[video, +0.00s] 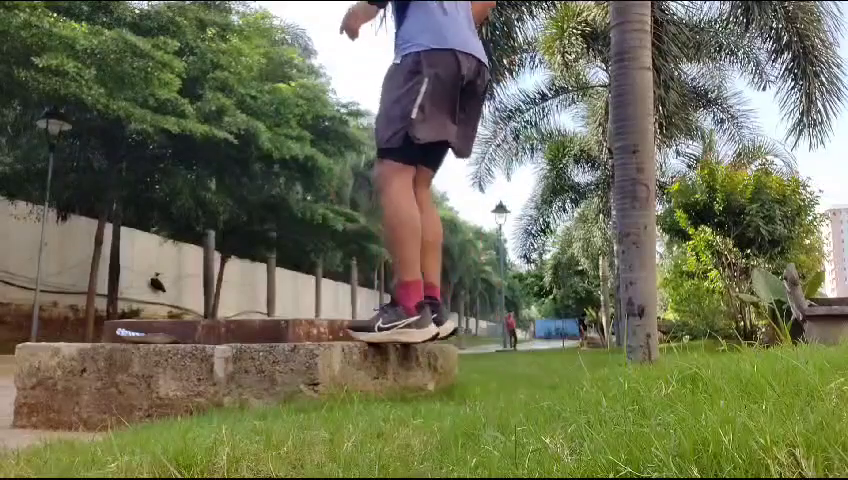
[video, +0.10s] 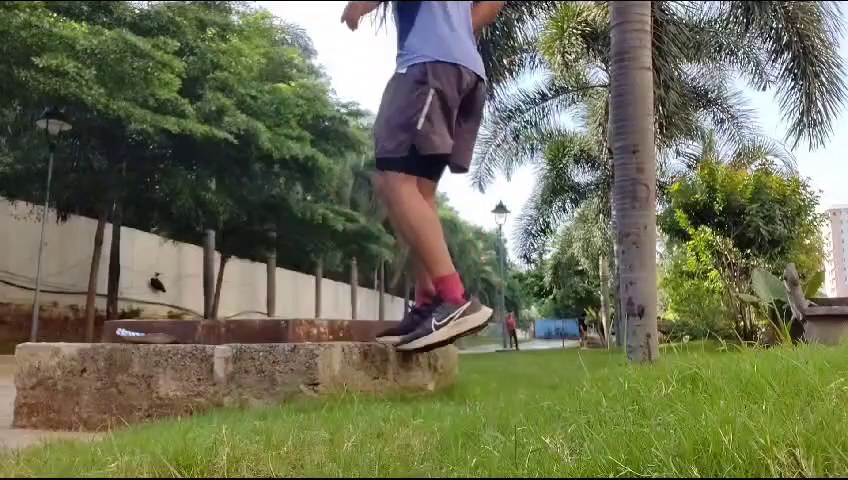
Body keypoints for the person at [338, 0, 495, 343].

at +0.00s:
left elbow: (368, 8)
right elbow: (485, 4)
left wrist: (353, 20)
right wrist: (452, 30)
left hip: (426, 50)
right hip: (472, 58)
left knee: (394, 176)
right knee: (421, 184)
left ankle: (408, 306)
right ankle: (431, 306)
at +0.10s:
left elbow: (366, 3)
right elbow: (494, 3)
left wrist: (354, 10)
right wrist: (457, 30)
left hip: (428, 55)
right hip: (469, 66)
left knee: (393, 180)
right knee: (423, 190)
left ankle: (454, 299)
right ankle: (425, 305)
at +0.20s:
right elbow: (500, 2)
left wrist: (365, 0)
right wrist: (459, 24)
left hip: (443, 59)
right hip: (476, 68)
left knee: (420, 197)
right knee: (402, 186)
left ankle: (474, 328)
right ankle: (428, 302)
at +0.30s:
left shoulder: (413, 0)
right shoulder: (475, 3)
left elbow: (416, 5)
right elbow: (518, 20)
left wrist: (382, 29)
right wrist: (476, 61)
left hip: (446, 105)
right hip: (486, 110)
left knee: (451, 242)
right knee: (390, 196)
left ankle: (499, 374)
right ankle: (448, 290)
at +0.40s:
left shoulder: (412, 1)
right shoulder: (474, 6)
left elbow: (449, 4)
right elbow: (521, 36)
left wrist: (398, 63)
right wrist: (480, 94)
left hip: (446, 121)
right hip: (482, 124)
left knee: (458, 258)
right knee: (394, 225)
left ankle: (510, 383)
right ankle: (476, 310)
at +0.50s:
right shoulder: (476, 5)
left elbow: (457, 3)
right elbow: (511, 38)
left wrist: (403, 55)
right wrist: (469, 89)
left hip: (442, 107)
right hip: (475, 113)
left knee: (426, 242)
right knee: (431, 243)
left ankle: (496, 368)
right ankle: (478, 364)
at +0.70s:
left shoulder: (416, 5)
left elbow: (465, 3)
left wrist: (407, 59)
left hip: (440, 103)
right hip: (483, 119)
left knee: (342, 184)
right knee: (452, 248)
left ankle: (409, 277)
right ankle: (490, 371)